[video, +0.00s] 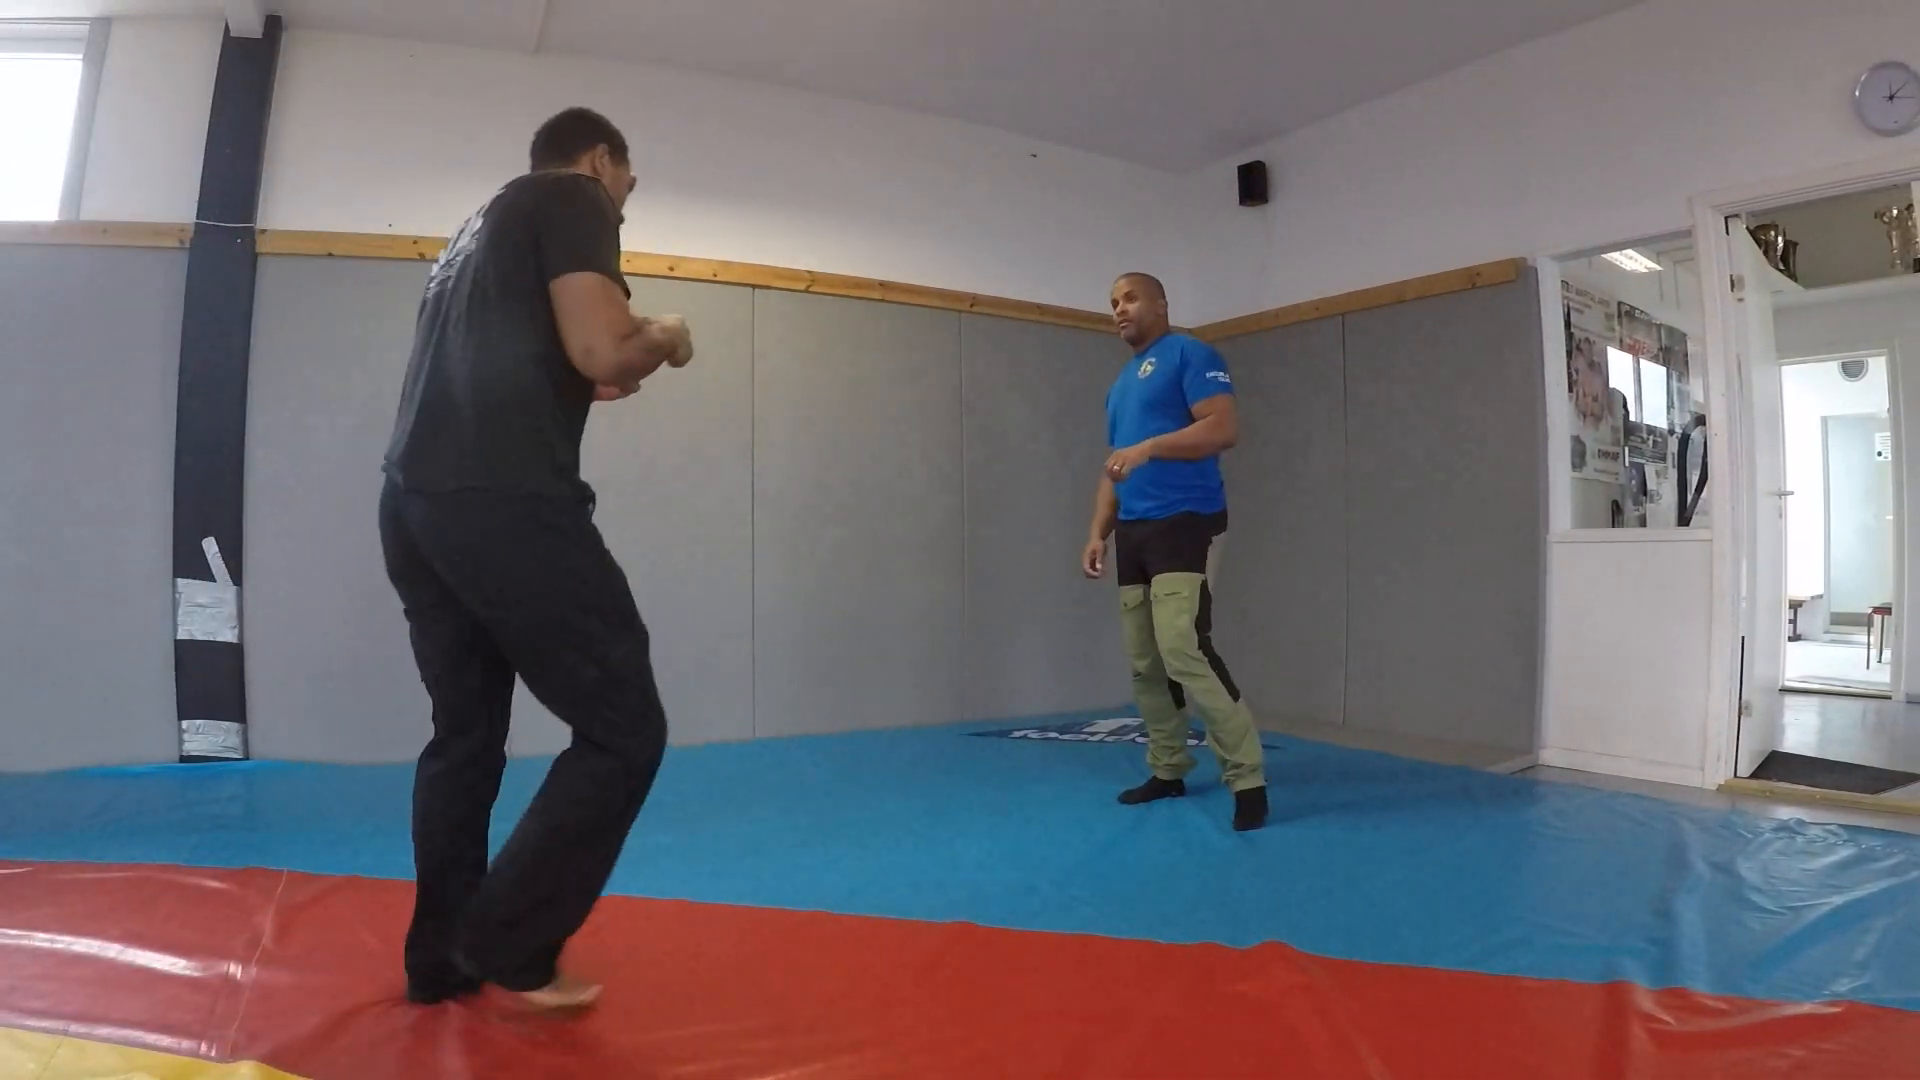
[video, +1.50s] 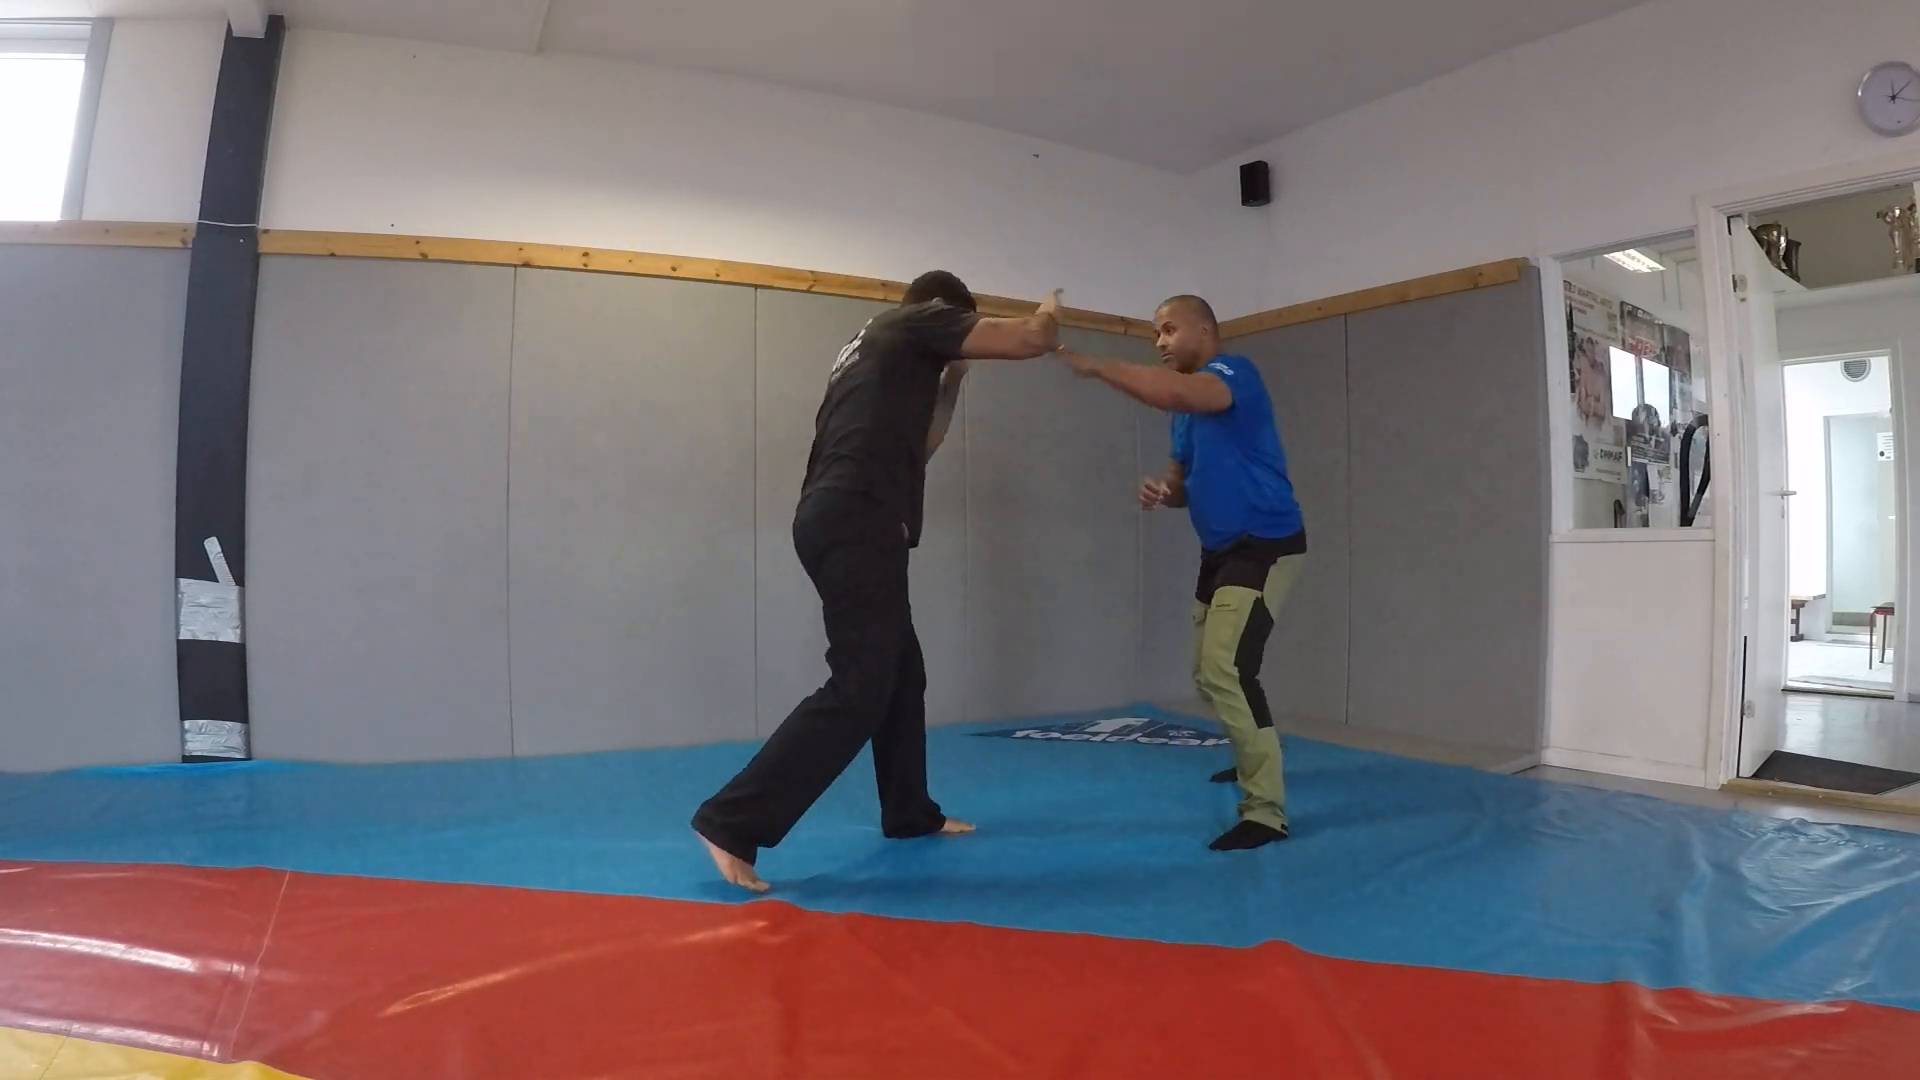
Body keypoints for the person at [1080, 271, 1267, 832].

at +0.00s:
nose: (1119, 311)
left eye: (1129, 300)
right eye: (1114, 305)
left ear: (1161, 304)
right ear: (1115, 318)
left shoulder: (1191, 354)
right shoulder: (1120, 386)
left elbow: (1222, 428)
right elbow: (1116, 465)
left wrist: (1147, 448)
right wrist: (1098, 531)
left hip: (1184, 522)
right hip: (1133, 529)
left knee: (1182, 650)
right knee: (1146, 661)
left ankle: (1248, 778)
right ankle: (1167, 773)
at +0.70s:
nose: (1132, 326)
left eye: (1143, 312)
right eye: (1128, 318)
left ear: (1181, 315)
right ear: (1135, 329)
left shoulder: (1206, 370)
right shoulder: (1167, 383)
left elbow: (1190, 457)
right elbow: (1171, 471)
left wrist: (1122, 405)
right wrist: (1118, 456)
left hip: (1233, 545)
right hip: (1185, 544)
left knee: (1199, 677)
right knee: (1148, 671)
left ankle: (1264, 815)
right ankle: (1170, 773)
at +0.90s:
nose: (1154, 328)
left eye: (1165, 315)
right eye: (1151, 318)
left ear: (1202, 319)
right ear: (1165, 326)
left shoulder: (1235, 381)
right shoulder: (1180, 383)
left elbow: (1211, 476)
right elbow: (1157, 447)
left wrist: (1145, 413)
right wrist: (1117, 400)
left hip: (1260, 548)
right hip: (1211, 545)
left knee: (1209, 674)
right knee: (1164, 667)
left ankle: (1264, 817)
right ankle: (1177, 770)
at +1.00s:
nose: (1169, 329)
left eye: (1179, 316)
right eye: (1166, 319)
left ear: (1220, 317)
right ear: (1174, 325)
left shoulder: (1259, 387)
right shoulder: (1181, 376)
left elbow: (1246, 480)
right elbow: (1116, 410)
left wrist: (1179, 412)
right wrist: (1068, 355)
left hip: (1267, 546)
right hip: (1213, 544)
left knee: (1217, 671)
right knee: (1172, 663)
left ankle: (1265, 818)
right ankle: (1215, 754)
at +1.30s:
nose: (1184, 327)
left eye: (1194, 316)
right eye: (1179, 319)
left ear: (1231, 321)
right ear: (1181, 329)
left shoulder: (1271, 378)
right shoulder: (1175, 387)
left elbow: (1264, 442)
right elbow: (1138, 465)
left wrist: (1216, 368)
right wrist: (1100, 424)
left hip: (1264, 540)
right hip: (1211, 546)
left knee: (1229, 664)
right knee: (1225, 664)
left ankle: (1268, 815)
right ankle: (1255, 758)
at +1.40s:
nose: (1173, 334)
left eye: (1184, 322)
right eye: (1168, 327)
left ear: (1221, 326)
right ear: (1170, 337)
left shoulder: (1257, 374)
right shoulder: (1174, 400)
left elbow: (1231, 409)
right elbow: (1164, 484)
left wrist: (1166, 344)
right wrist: (1139, 476)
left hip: (1264, 544)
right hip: (1214, 550)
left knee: (1224, 668)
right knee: (1225, 670)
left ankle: (1267, 813)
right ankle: (1258, 759)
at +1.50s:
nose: (1161, 341)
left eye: (1170, 329)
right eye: (1157, 335)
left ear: (1208, 330)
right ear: (1166, 343)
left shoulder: (1235, 373)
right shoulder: (1181, 397)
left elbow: (1175, 393)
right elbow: (1185, 485)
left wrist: (1096, 367)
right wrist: (1163, 491)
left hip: (1265, 545)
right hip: (1222, 548)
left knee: (1224, 673)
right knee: (1211, 671)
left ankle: (1267, 813)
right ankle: (1254, 758)